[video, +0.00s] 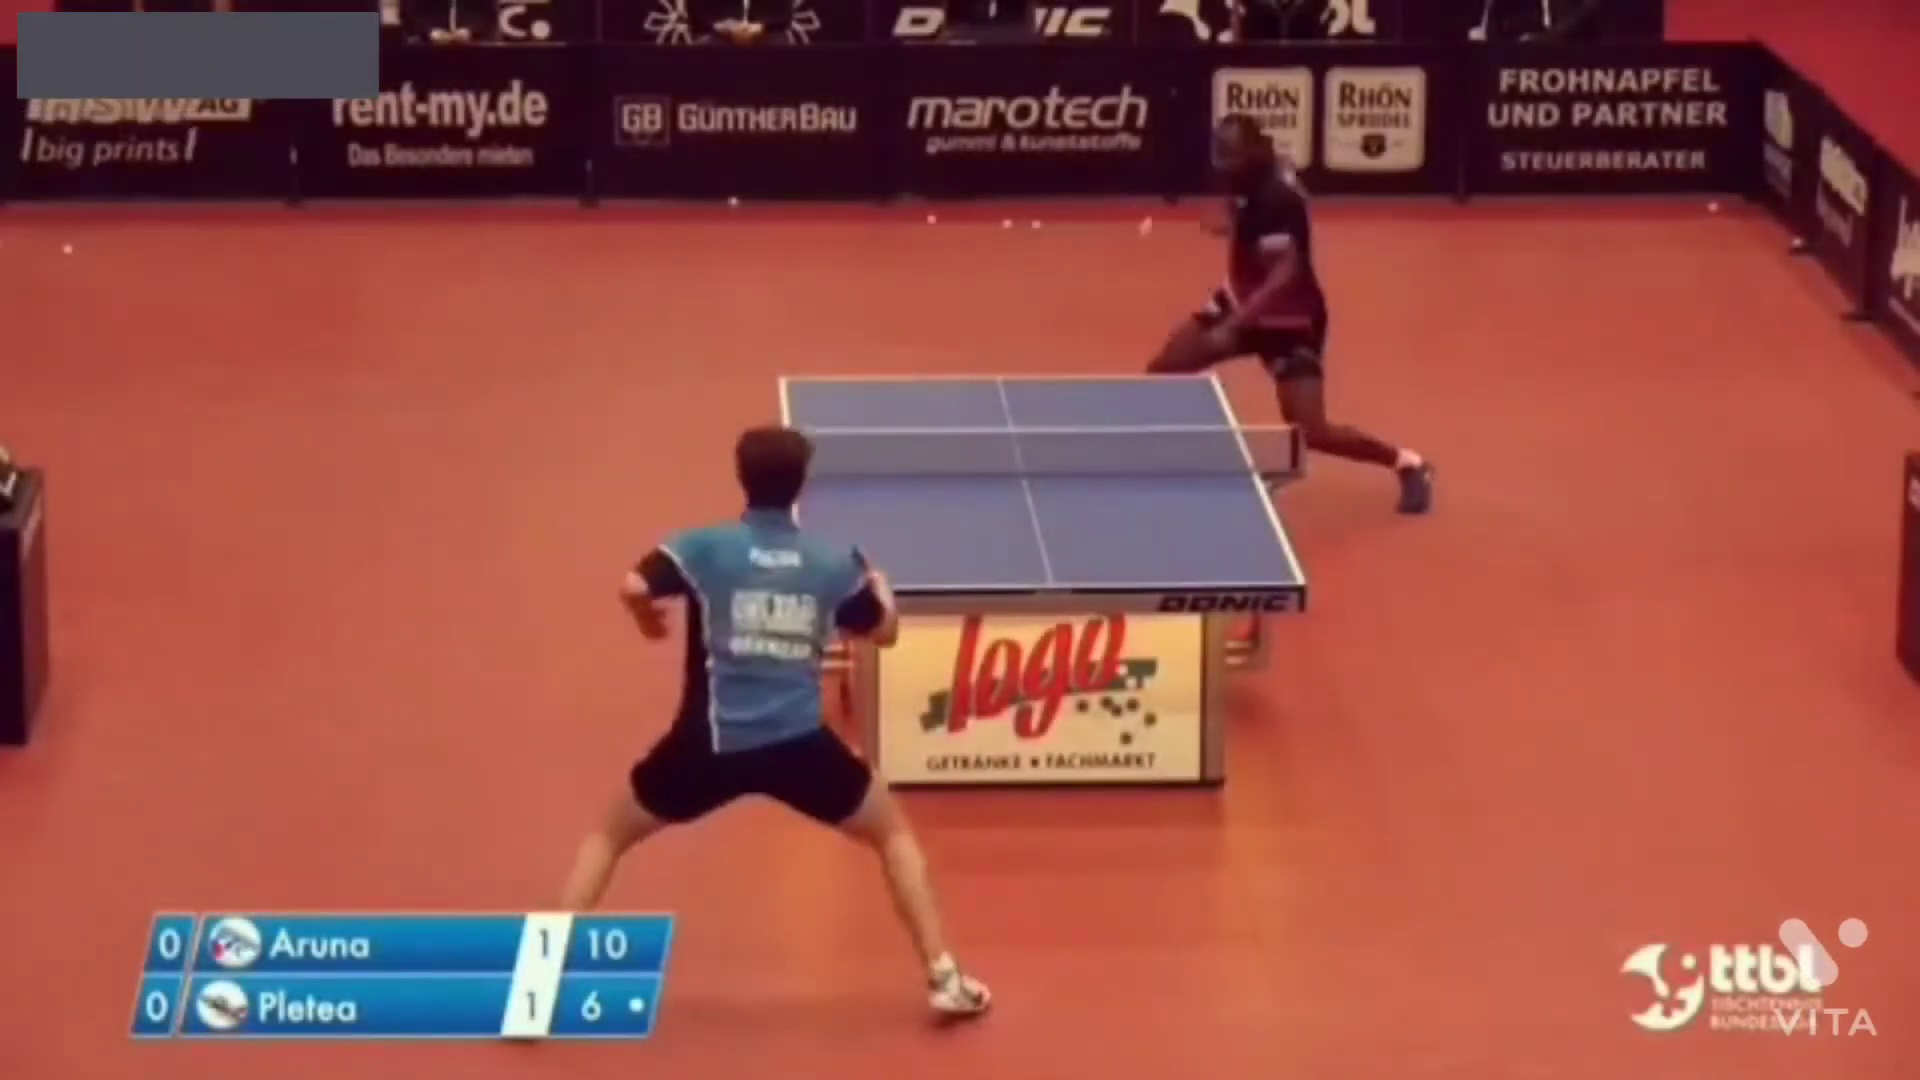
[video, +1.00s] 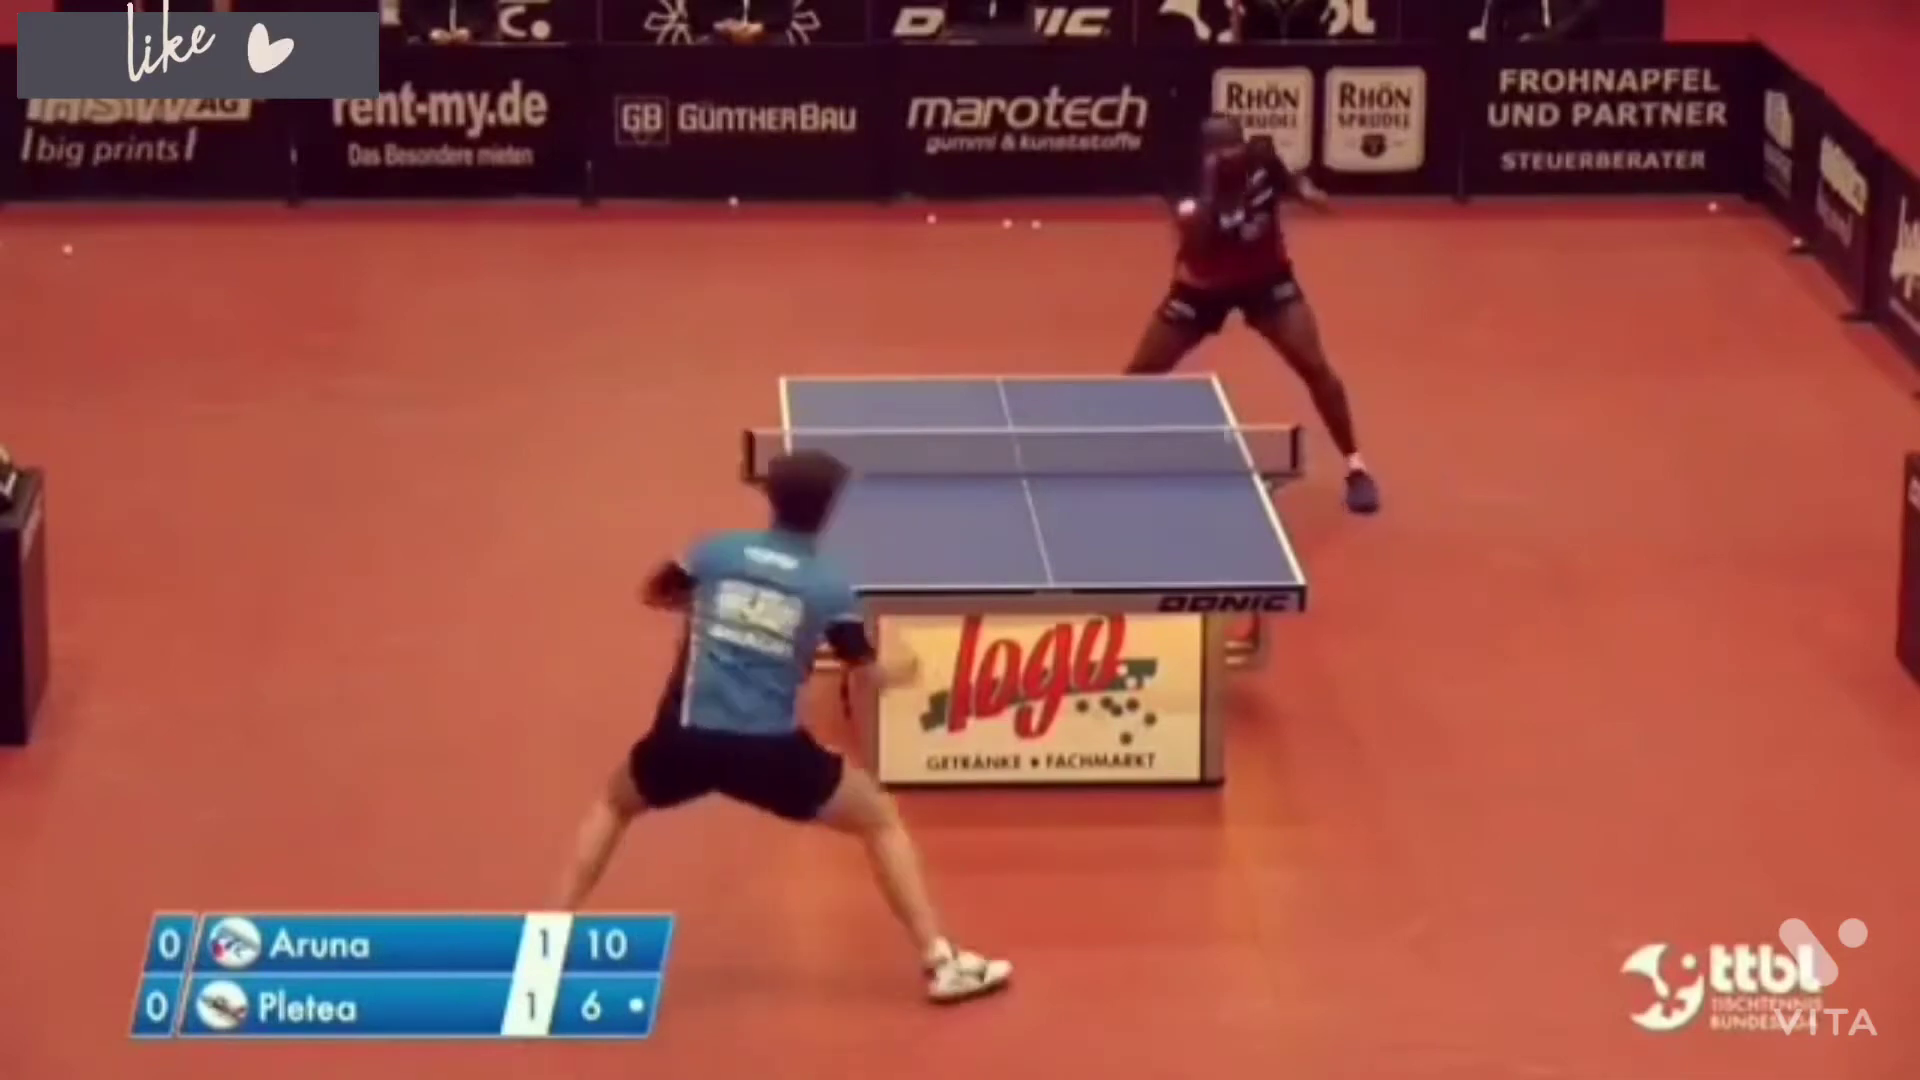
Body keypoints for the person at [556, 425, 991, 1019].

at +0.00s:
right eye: (798, 474)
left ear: (741, 481)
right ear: (802, 484)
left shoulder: (706, 547)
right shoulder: (829, 561)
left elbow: (633, 587)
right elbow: (884, 632)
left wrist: (652, 624)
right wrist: (882, 592)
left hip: (709, 745)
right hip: (800, 746)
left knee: (611, 834)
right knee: (892, 834)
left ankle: (547, 960)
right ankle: (943, 975)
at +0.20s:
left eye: (790, 487)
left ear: (792, 497)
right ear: (851, 507)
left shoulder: (747, 550)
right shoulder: (861, 581)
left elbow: (673, 594)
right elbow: (920, 662)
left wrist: (729, 596)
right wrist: (878, 625)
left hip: (723, 752)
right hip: (813, 758)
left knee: (638, 818)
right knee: (914, 825)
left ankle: (574, 937)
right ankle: (960, 968)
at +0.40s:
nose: (761, 497)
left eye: (759, 490)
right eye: (796, 497)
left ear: (750, 503)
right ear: (804, 515)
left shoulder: (708, 551)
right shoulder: (817, 583)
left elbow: (626, 566)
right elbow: (881, 620)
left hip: (690, 749)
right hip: (774, 757)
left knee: (611, 791)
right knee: (876, 835)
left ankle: (559, 931)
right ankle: (957, 966)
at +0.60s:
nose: (694, 484)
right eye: (696, 474)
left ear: (640, 481)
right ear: (697, 486)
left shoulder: (621, 532)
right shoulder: (723, 554)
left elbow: (581, 575)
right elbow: (776, 603)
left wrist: (545, 638)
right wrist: (781, 574)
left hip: (612, 733)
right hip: (693, 740)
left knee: (525, 819)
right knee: (790, 853)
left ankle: (446, 929)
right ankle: (885, 975)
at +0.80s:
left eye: (669, 467)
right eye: (710, 470)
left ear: (656, 478)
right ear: (715, 482)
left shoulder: (617, 541)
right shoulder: (741, 557)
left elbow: (545, 579)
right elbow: (795, 619)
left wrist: (563, 618)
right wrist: (812, 591)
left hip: (617, 730)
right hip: (708, 734)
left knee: (526, 807)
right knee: (816, 816)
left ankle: (446, 925)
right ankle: (870, 946)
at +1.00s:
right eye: (827, 499)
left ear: (772, 499)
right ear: (825, 511)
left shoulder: (721, 554)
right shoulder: (828, 581)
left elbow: (655, 591)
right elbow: (860, 664)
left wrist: (718, 602)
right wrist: (897, 670)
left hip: (688, 743)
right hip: (769, 752)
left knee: (614, 806)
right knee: (880, 821)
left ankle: (554, 928)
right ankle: (941, 960)